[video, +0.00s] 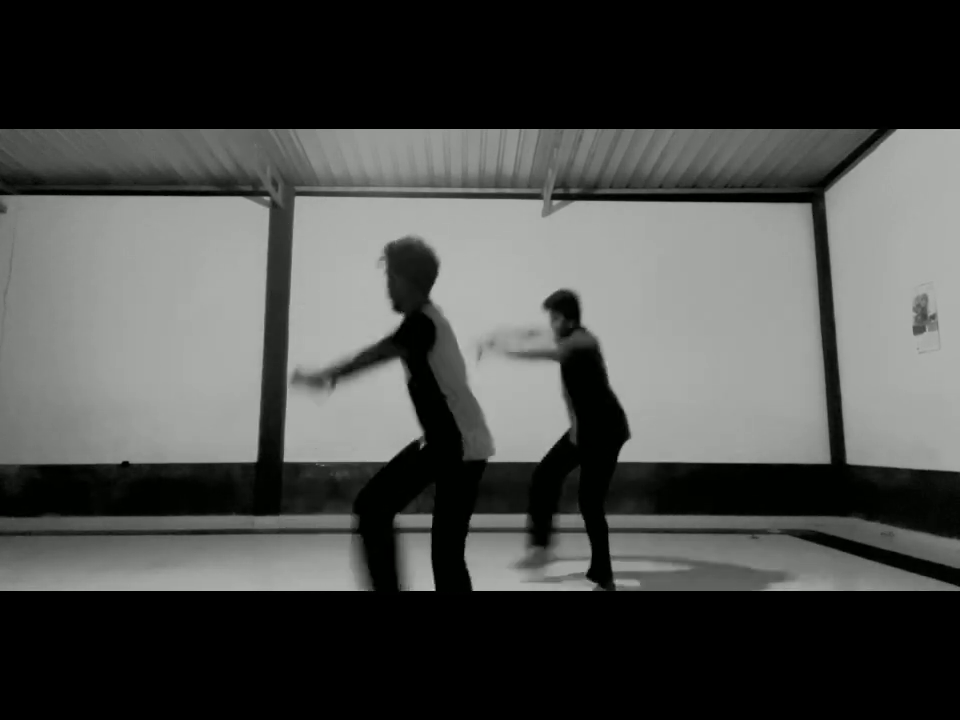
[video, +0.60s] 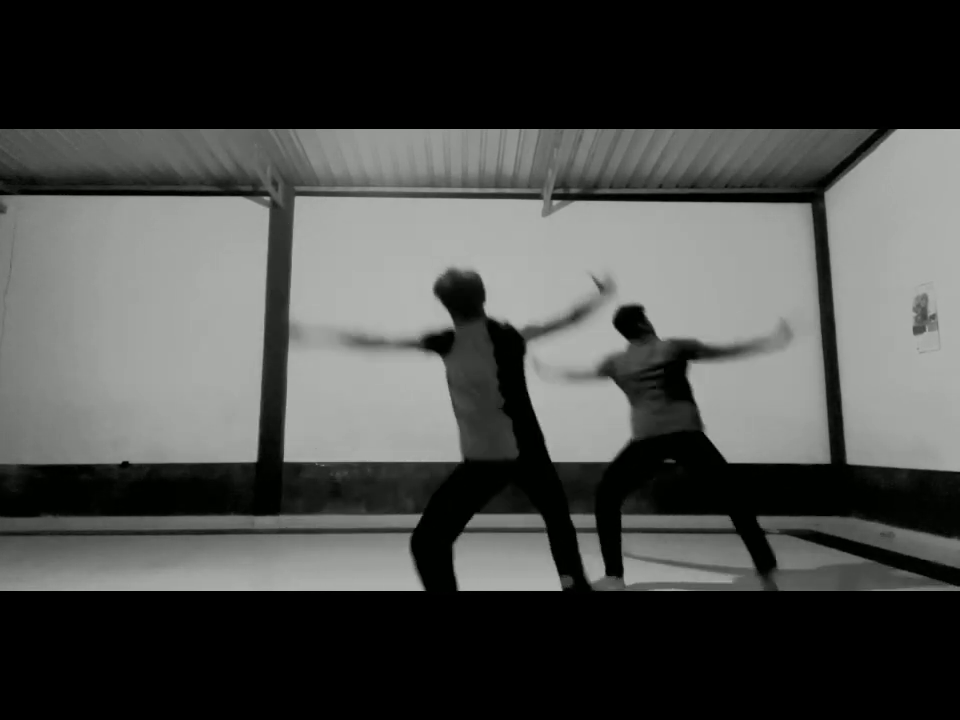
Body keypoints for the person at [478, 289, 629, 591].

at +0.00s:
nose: (550, 324)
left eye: (553, 318)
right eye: (550, 318)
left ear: (566, 318)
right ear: (566, 317)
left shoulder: (580, 342)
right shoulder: (570, 340)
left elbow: (549, 353)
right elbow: (533, 338)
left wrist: (506, 354)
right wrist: (497, 341)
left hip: (604, 432)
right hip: (583, 430)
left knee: (590, 499)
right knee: (545, 475)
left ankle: (602, 573)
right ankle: (539, 548)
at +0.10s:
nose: (562, 305)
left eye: (565, 299)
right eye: (563, 300)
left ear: (573, 301)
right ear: (587, 296)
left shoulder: (587, 325)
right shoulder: (590, 319)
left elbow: (557, 332)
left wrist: (521, 318)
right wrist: (538, 284)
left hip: (609, 418)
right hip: (607, 413)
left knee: (596, 495)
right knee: (575, 442)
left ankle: (609, 577)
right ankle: (595, 520)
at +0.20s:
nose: (576, 303)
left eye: (578, 299)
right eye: (582, 298)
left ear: (579, 303)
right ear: (605, 301)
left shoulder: (572, 331)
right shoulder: (616, 325)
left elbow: (542, 302)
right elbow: (613, 287)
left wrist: (535, 270)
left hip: (601, 428)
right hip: (630, 419)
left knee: (602, 503)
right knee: (618, 443)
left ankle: (621, 577)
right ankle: (628, 494)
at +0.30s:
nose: (598, 305)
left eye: (591, 304)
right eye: (603, 301)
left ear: (586, 313)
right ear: (611, 308)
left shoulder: (578, 338)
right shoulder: (629, 331)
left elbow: (552, 301)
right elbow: (643, 285)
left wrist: (551, 263)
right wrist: (646, 248)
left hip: (607, 430)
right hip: (641, 423)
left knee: (600, 501)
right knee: (669, 433)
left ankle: (620, 575)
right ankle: (661, 499)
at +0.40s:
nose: (621, 308)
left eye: (615, 305)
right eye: (619, 305)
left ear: (596, 316)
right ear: (620, 310)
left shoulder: (588, 341)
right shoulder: (640, 336)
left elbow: (555, 308)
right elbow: (676, 299)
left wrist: (546, 271)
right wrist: (694, 260)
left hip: (612, 433)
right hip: (648, 426)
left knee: (604, 506)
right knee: (704, 446)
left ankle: (621, 580)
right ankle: (707, 517)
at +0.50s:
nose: (637, 310)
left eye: (630, 306)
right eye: (633, 306)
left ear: (609, 319)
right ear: (632, 311)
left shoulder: (600, 346)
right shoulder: (656, 336)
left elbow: (559, 331)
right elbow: (707, 317)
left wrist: (535, 309)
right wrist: (739, 287)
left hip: (626, 434)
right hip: (666, 427)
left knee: (609, 498)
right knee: (721, 472)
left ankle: (615, 574)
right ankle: (751, 546)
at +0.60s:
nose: (650, 323)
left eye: (642, 321)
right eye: (647, 319)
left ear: (622, 332)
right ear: (645, 322)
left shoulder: (615, 364)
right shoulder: (674, 348)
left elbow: (578, 374)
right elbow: (726, 351)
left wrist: (547, 371)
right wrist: (770, 341)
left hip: (645, 444)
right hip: (689, 438)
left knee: (607, 496)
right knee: (734, 496)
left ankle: (613, 575)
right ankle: (767, 571)